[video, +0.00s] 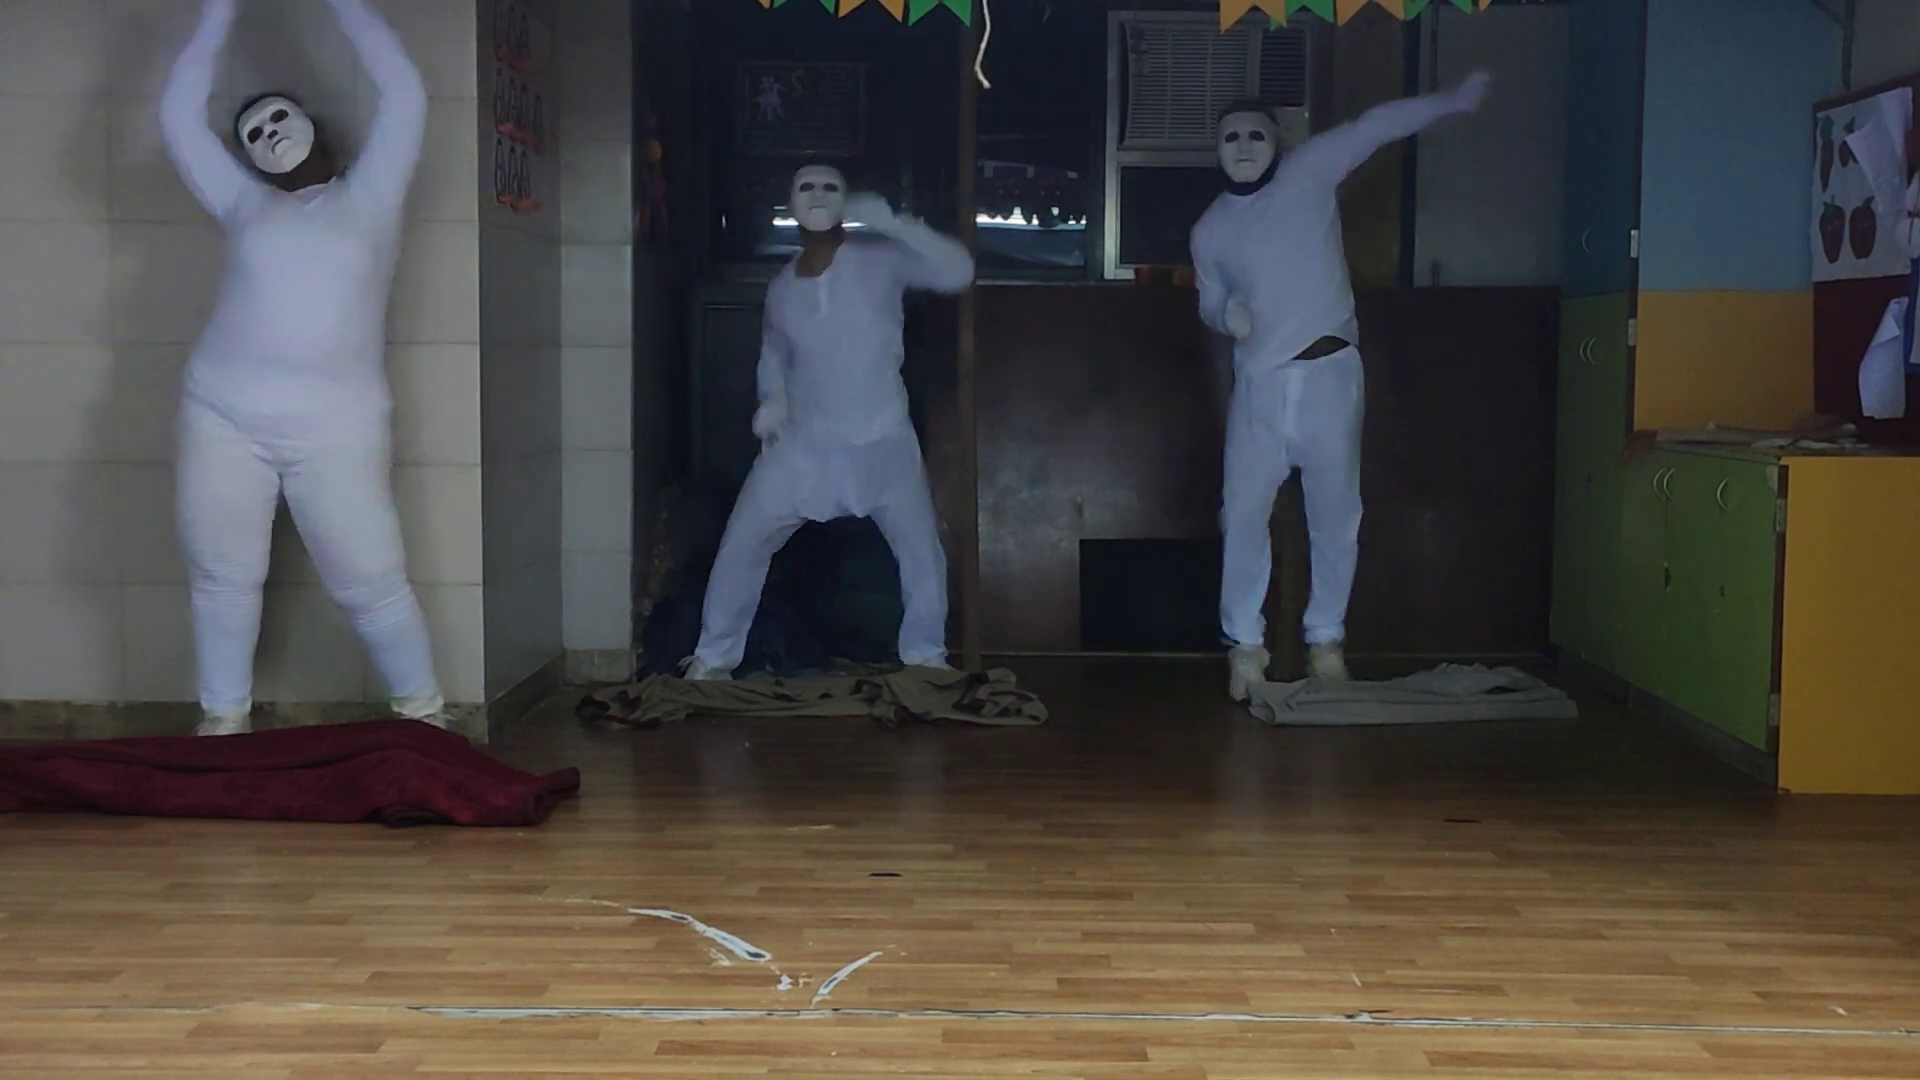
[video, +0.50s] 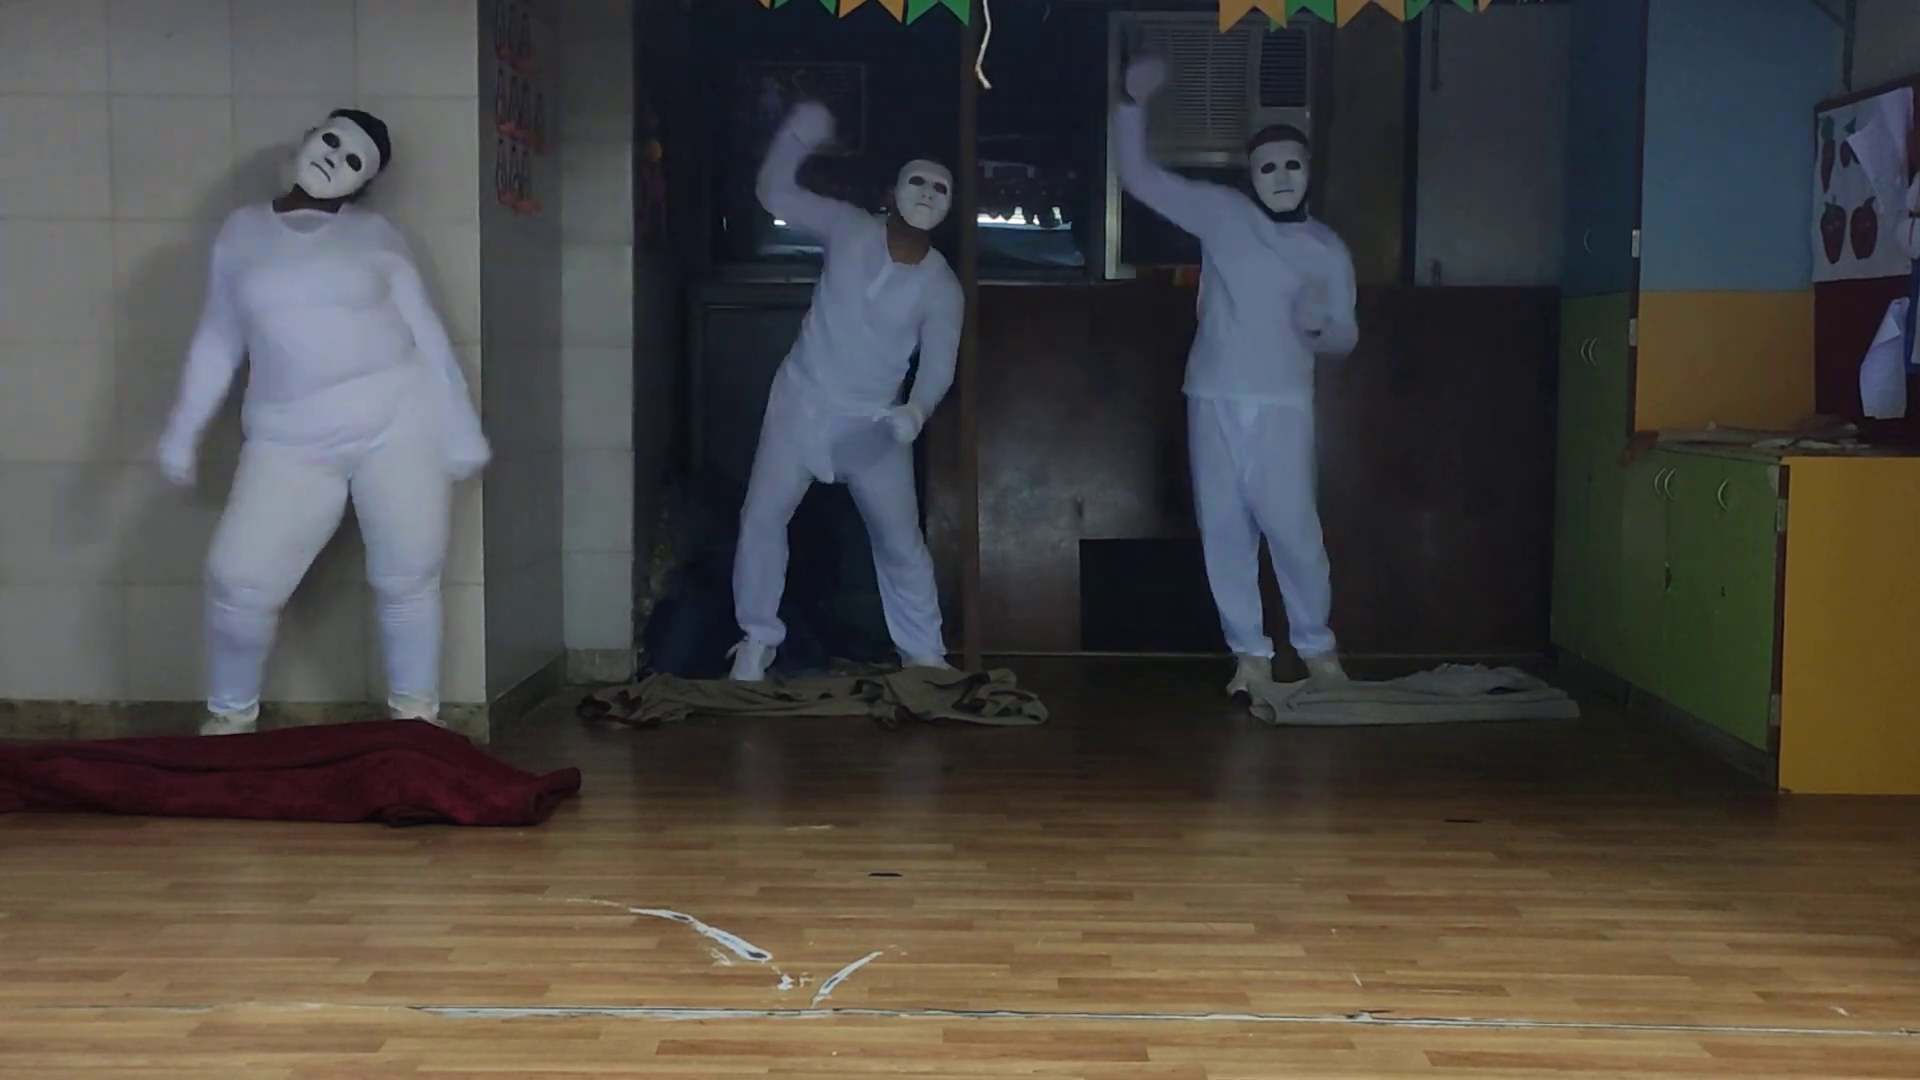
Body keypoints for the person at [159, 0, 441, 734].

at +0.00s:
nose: (270, 129)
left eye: (279, 114)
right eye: (256, 129)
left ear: (312, 120)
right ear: (249, 154)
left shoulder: (367, 199)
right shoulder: (245, 206)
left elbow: (403, 94)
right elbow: (180, 117)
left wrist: (349, 9)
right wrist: (216, 19)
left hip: (336, 424)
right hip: (226, 421)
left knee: (372, 583)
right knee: (224, 580)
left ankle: (424, 719)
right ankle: (222, 726)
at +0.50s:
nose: (333, 161)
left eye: (352, 163)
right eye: (330, 144)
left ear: (363, 183)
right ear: (304, 143)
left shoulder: (377, 239)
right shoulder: (244, 237)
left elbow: (429, 338)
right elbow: (217, 341)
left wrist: (462, 431)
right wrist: (182, 436)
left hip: (395, 428)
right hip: (290, 442)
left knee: (407, 578)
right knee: (239, 580)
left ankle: (414, 715)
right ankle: (231, 716)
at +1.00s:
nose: (231, 153)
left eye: (238, 136)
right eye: (214, 152)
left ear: (271, 138)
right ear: (209, 173)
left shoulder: (350, 221)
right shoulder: (205, 239)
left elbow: (440, 269)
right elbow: (149, 323)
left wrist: (509, 253)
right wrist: (55, 347)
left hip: (327, 430)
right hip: (213, 432)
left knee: (374, 569)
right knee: (214, 580)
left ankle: (391, 716)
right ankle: (230, 720)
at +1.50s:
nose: (262, 131)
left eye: (278, 118)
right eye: (247, 118)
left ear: (303, 126)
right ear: (229, 126)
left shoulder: (348, 209)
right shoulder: (204, 200)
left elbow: (389, 303)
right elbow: (113, 173)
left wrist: (411, 385)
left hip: (338, 410)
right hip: (233, 413)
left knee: (339, 569)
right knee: (233, 571)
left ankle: (350, 715)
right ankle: (235, 711)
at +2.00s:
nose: (288, 338)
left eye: (302, 324)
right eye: (274, 323)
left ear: (328, 305)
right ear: (257, 307)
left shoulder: (369, 351)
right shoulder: (225, 338)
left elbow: (376, 463)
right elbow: (156, 413)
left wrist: (382, 564)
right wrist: (163, 458)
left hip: (330, 499)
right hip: (231, 494)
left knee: (377, 592)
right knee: (154, 587)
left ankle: (354, 715)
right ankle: (222, 718)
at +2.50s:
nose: (256, 476)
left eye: (273, 460)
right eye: (241, 459)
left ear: (301, 449)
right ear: (227, 448)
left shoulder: (338, 486)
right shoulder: (197, 486)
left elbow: (345, 601)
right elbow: (179, 597)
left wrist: (365, 703)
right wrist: (155, 697)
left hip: (320, 589)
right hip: (233, 593)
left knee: (402, 587)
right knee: (126, 591)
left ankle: (352, 711)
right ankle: (219, 712)